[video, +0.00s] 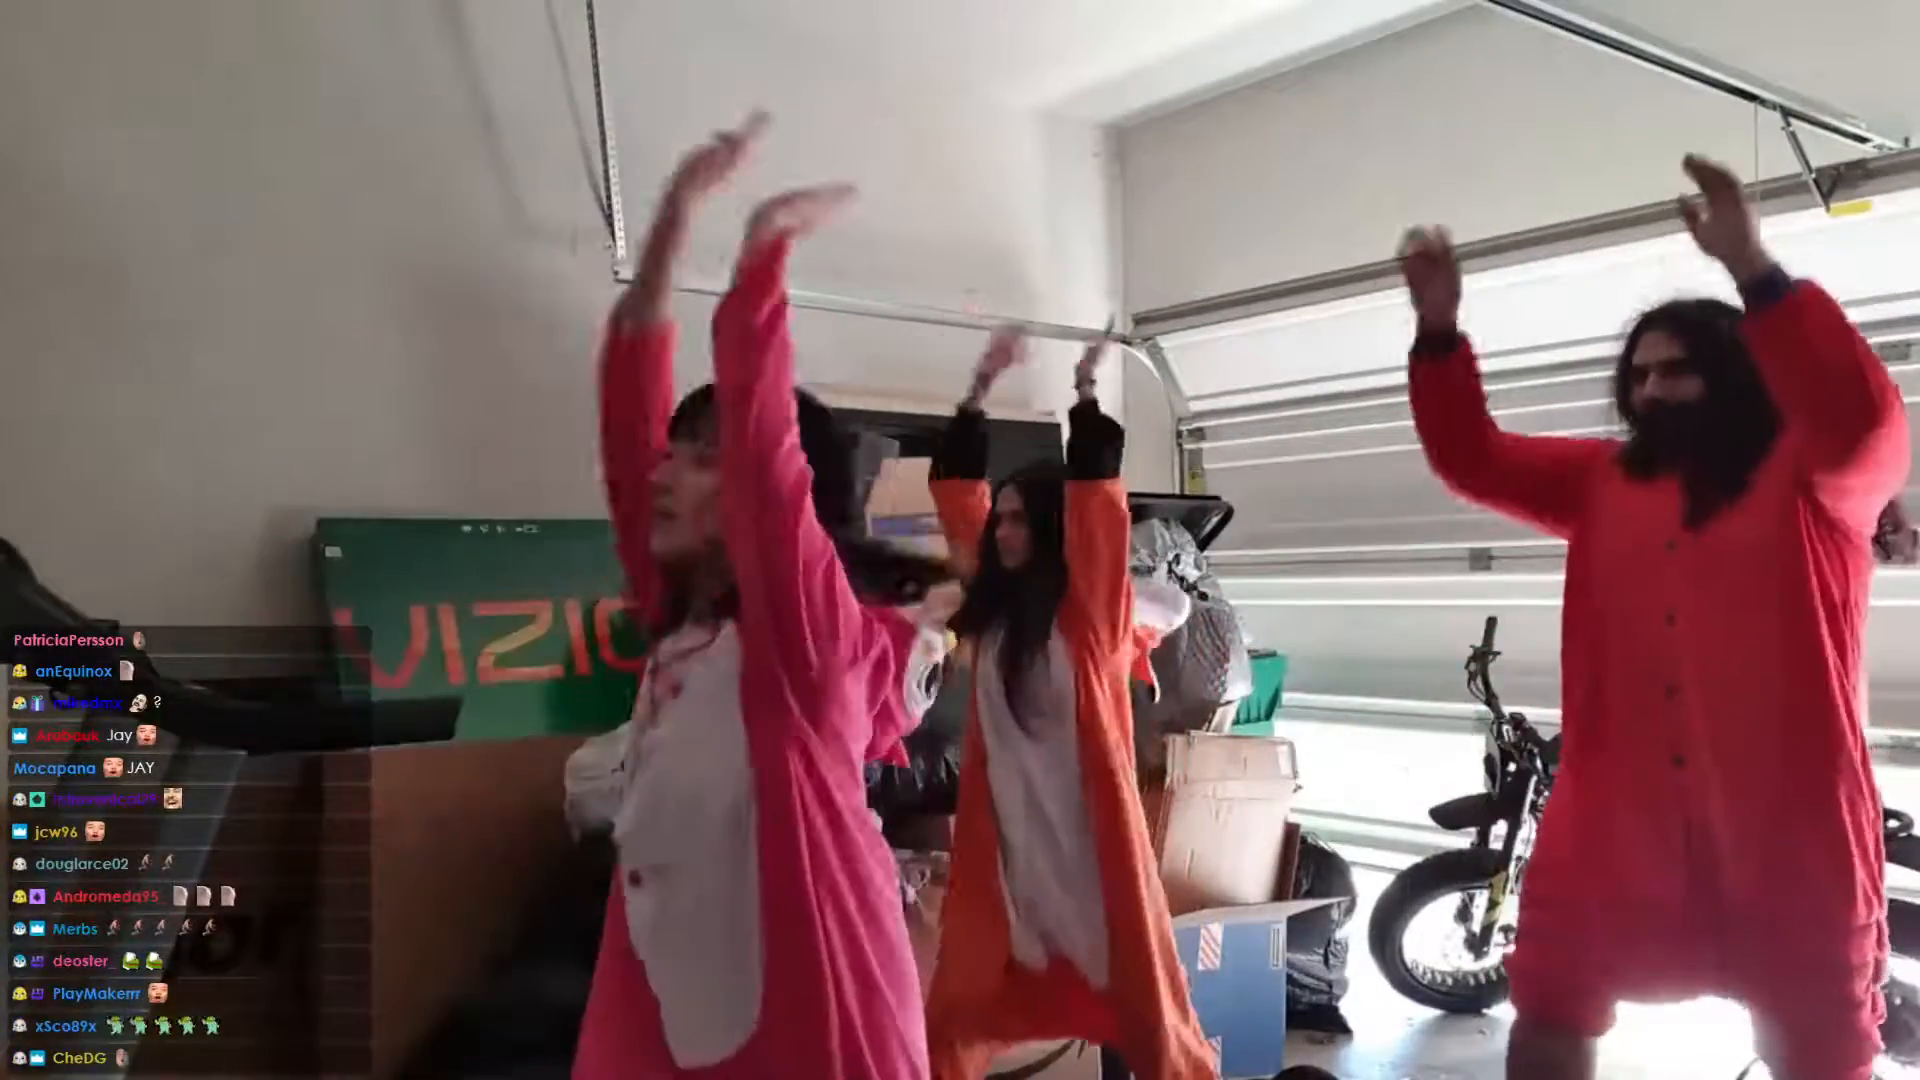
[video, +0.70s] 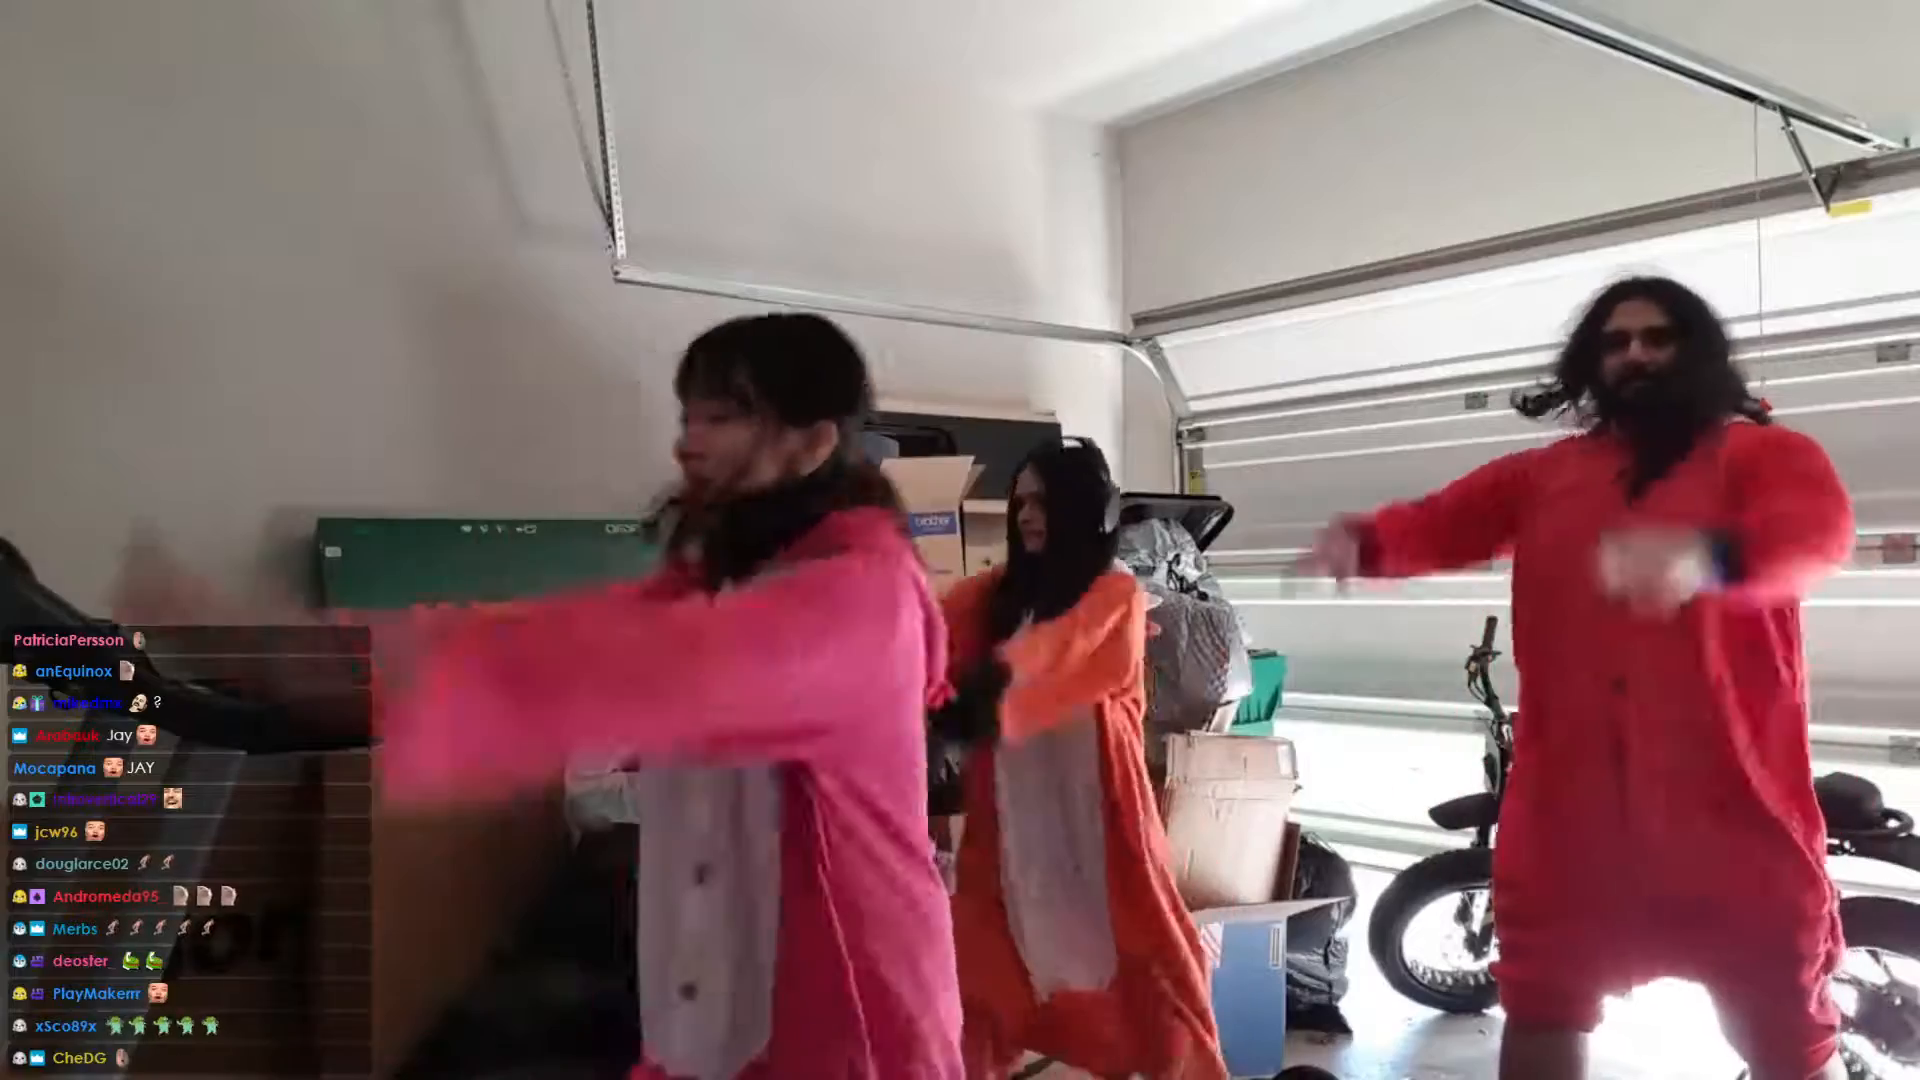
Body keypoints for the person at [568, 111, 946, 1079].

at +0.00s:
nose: (662, 469)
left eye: (696, 450)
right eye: (667, 448)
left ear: (764, 482)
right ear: (663, 472)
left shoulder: (810, 648)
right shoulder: (680, 629)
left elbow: (769, 465)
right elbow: (634, 434)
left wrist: (763, 256)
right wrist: (669, 221)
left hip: (811, 1045)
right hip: (664, 1047)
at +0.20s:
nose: (603, 481)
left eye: (620, 455)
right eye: (597, 456)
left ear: (714, 468)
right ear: (709, 472)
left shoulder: (818, 611)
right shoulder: (677, 640)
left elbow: (598, 498)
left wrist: (371, 302)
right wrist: (358, 322)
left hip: (855, 1054)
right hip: (706, 1055)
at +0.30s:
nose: (550, 499)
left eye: (579, 473)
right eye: (549, 476)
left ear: (676, 492)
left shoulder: (799, 620)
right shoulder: (614, 631)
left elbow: (667, 747)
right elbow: (464, 673)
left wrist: (472, 818)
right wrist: (309, 700)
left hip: (875, 1022)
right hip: (721, 1018)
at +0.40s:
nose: (498, 574)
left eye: (528, 548)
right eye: (498, 549)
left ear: (630, 572)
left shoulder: (759, 714)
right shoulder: (589, 723)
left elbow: (757, 978)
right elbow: (513, 928)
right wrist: (430, 1060)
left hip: (897, 1031)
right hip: (762, 1031)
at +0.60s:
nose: (590, 499)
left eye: (623, 470)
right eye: (587, 471)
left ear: (721, 492)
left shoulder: (801, 648)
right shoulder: (655, 653)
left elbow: (777, 926)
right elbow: (608, 886)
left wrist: (727, 1065)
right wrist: (527, 1048)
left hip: (880, 1048)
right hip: (749, 1040)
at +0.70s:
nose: (684, 440)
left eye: (715, 416)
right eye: (686, 413)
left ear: (808, 435)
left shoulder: (862, 589)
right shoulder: (725, 574)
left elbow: (659, 665)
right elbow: (549, 633)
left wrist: (386, 667)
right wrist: (273, 639)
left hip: (850, 1023)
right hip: (732, 1013)